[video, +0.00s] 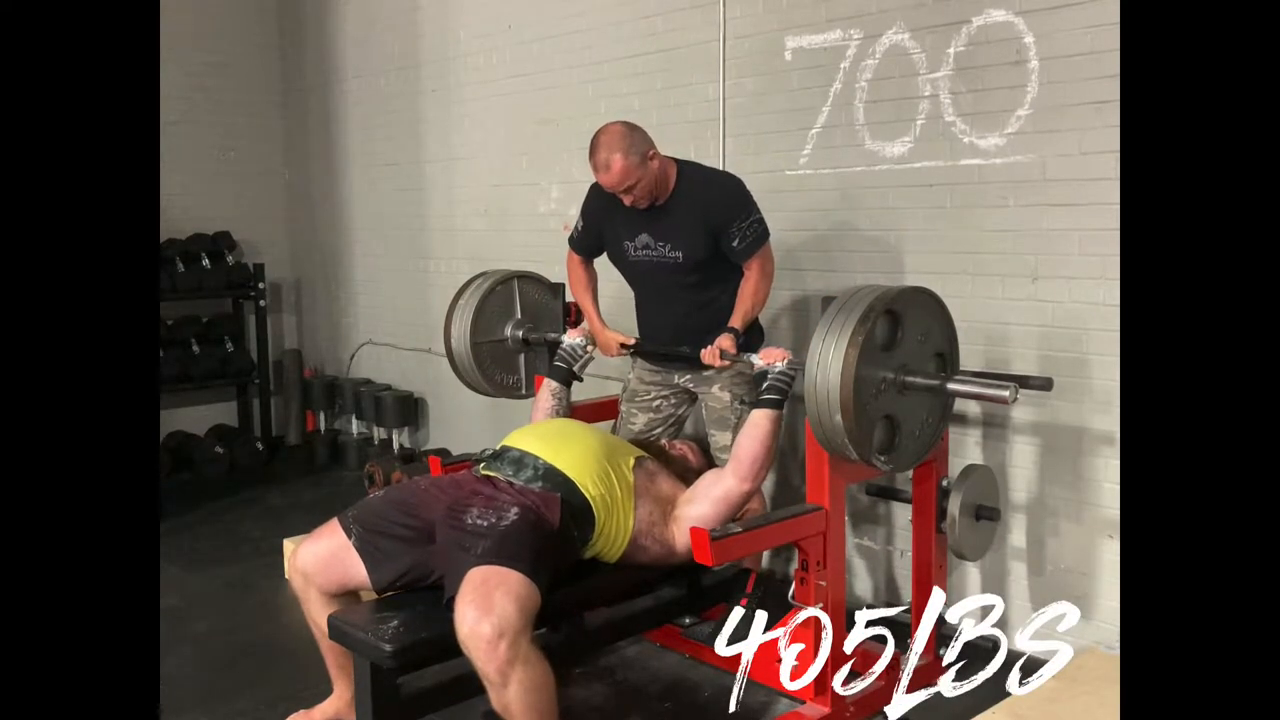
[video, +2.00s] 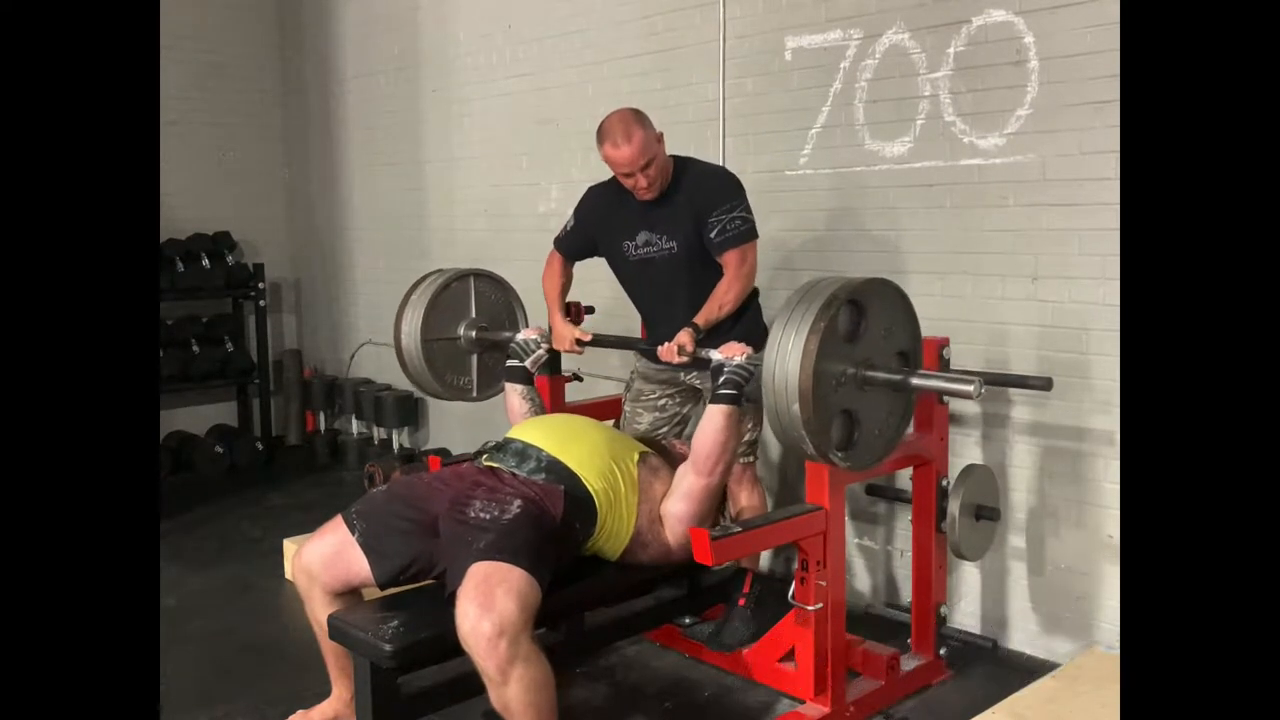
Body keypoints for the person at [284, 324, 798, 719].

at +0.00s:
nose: (680, 441)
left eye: (691, 448)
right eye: (677, 437)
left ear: (699, 474)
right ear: (655, 445)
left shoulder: (680, 510)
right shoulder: (597, 451)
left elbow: (745, 475)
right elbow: (536, 432)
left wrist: (772, 391)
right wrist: (561, 368)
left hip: (527, 506)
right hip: (458, 483)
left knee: (488, 629)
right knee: (308, 561)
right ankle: (345, 697)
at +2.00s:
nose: (680, 434)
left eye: (693, 441)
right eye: (677, 430)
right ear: (661, 438)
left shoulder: (668, 522)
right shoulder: (586, 446)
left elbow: (707, 464)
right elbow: (521, 443)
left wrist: (728, 386)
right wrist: (519, 372)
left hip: (529, 499)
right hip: (455, 476)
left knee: (489, 625)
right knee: (313, 563)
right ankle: (344, 696)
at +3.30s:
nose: (667, 433)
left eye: (681, 437)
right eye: (663, 430)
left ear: (681, 465)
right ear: (644, 438)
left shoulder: (661, 501)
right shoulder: (583, 443)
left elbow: (681, 557)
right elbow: (516, 457)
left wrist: (704, 460)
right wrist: (503, 426)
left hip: (520, 507)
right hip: (458, 484)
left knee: (481, 632)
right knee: (306, 562)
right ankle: (344, 698)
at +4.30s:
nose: (680, 435)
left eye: (689, 436)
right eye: (676, 430)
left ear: (699, 462)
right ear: (659, 434)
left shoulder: (671, 515)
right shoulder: (585, 450)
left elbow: (717, 468)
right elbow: (523, 445)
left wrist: (731, 387)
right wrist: (514, 373)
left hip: (525, 507)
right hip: (455, 486)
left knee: (487, 625)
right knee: (308, 560)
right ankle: (342, 698)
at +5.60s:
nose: (671, 433)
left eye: (684, 436)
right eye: (664, 428)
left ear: (696, 464)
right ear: (645, 438)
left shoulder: (684, 498)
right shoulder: (591, 449)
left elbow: (753, 468)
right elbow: (551, 421)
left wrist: (785, 384)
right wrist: (572, 359)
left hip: (537, 523)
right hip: (466, 499)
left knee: (457, 599)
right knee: (300, 559)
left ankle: (458, 716)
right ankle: (306, 714)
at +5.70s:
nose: (669, 431)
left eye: (683, 435)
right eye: (665, 425)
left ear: (699, 460)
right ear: (647, 428)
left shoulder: (684, 492)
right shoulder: (596, 447)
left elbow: (756, 478)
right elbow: (544, 432)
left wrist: (786, 385)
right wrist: (572, 363)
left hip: (548, 524)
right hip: (478, 495)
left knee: (452, 554)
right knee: (308, 530)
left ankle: (376, 713)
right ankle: (251, 702)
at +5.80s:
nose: (658, 427)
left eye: (673, 429)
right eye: (654, 421)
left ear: (695, 450)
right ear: (640, 426)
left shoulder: (685, 488)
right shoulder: (586, 453)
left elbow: (754, 478)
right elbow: (533, 450)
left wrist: (785, 388)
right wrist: (560, 379)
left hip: (554, 543)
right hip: (474, 514)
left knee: (466, 483)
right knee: (330, 463)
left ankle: (311, 636)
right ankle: (222, 618)